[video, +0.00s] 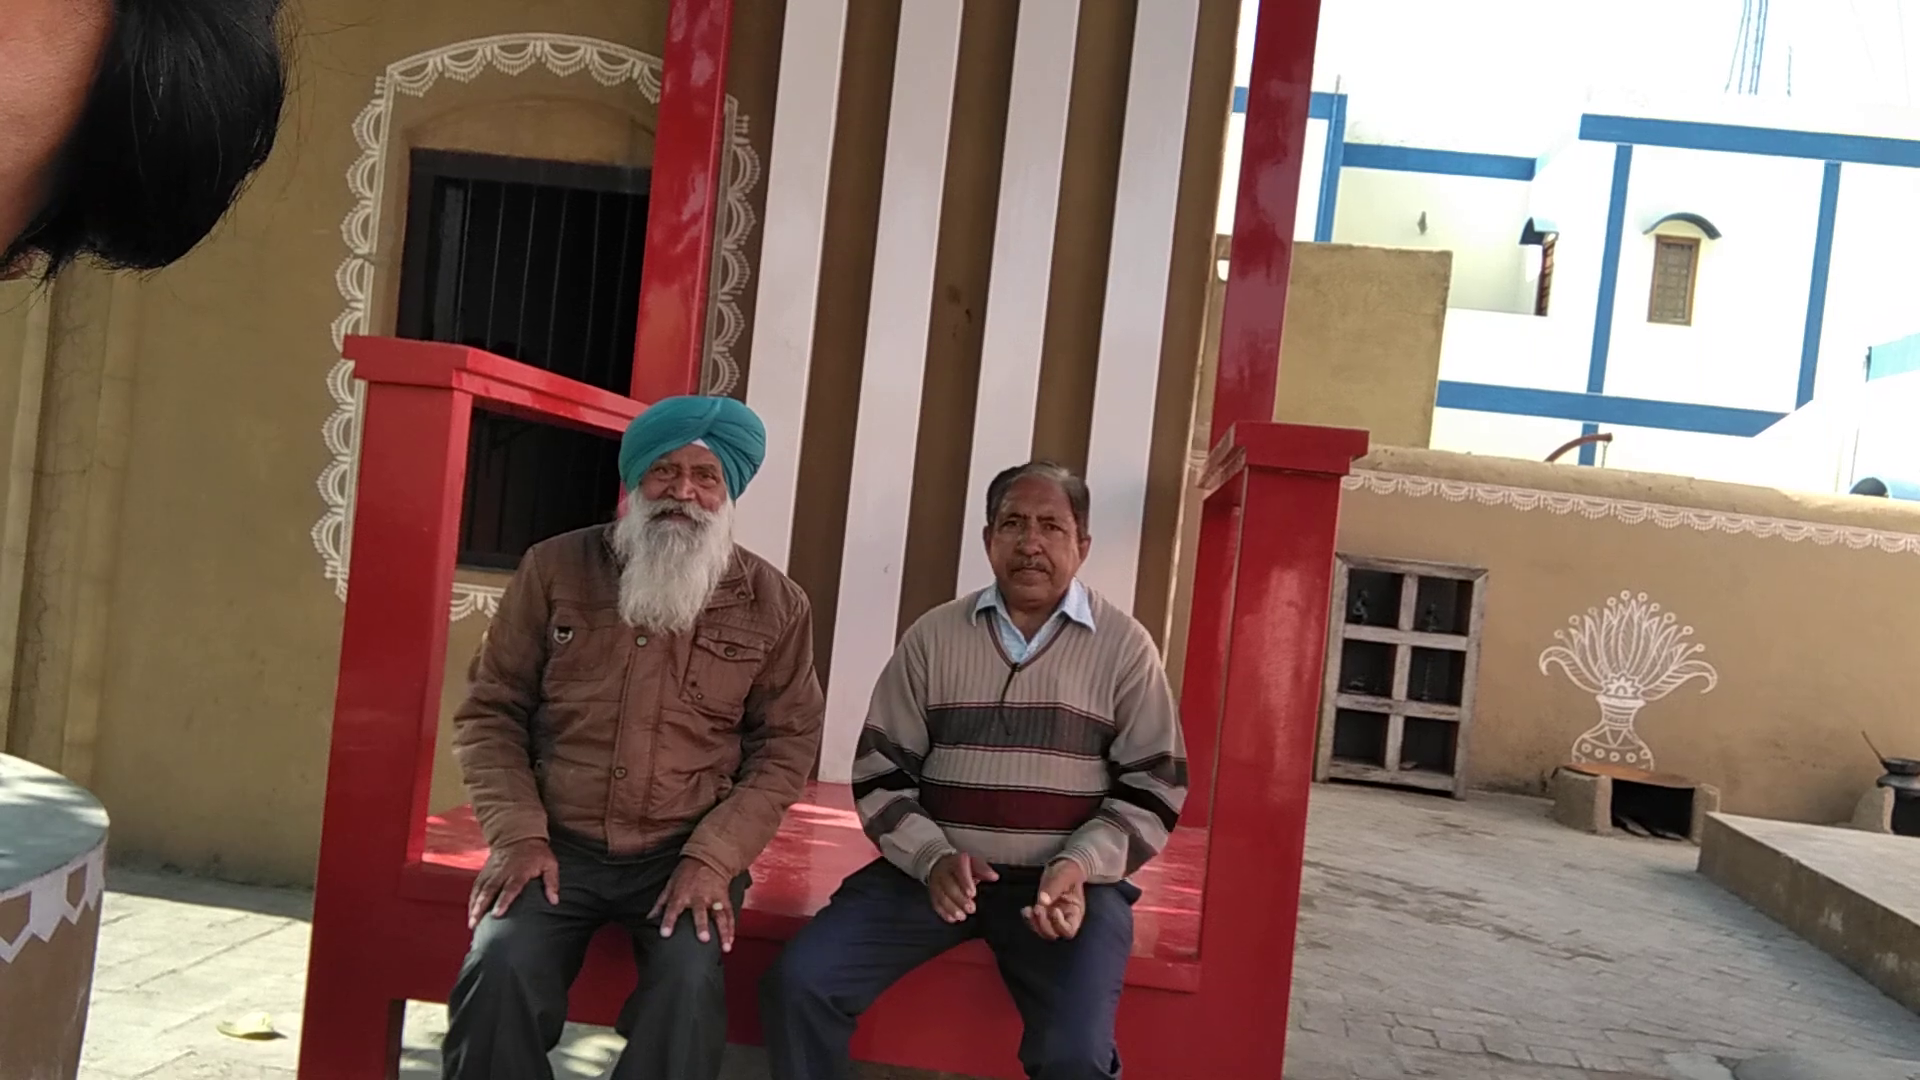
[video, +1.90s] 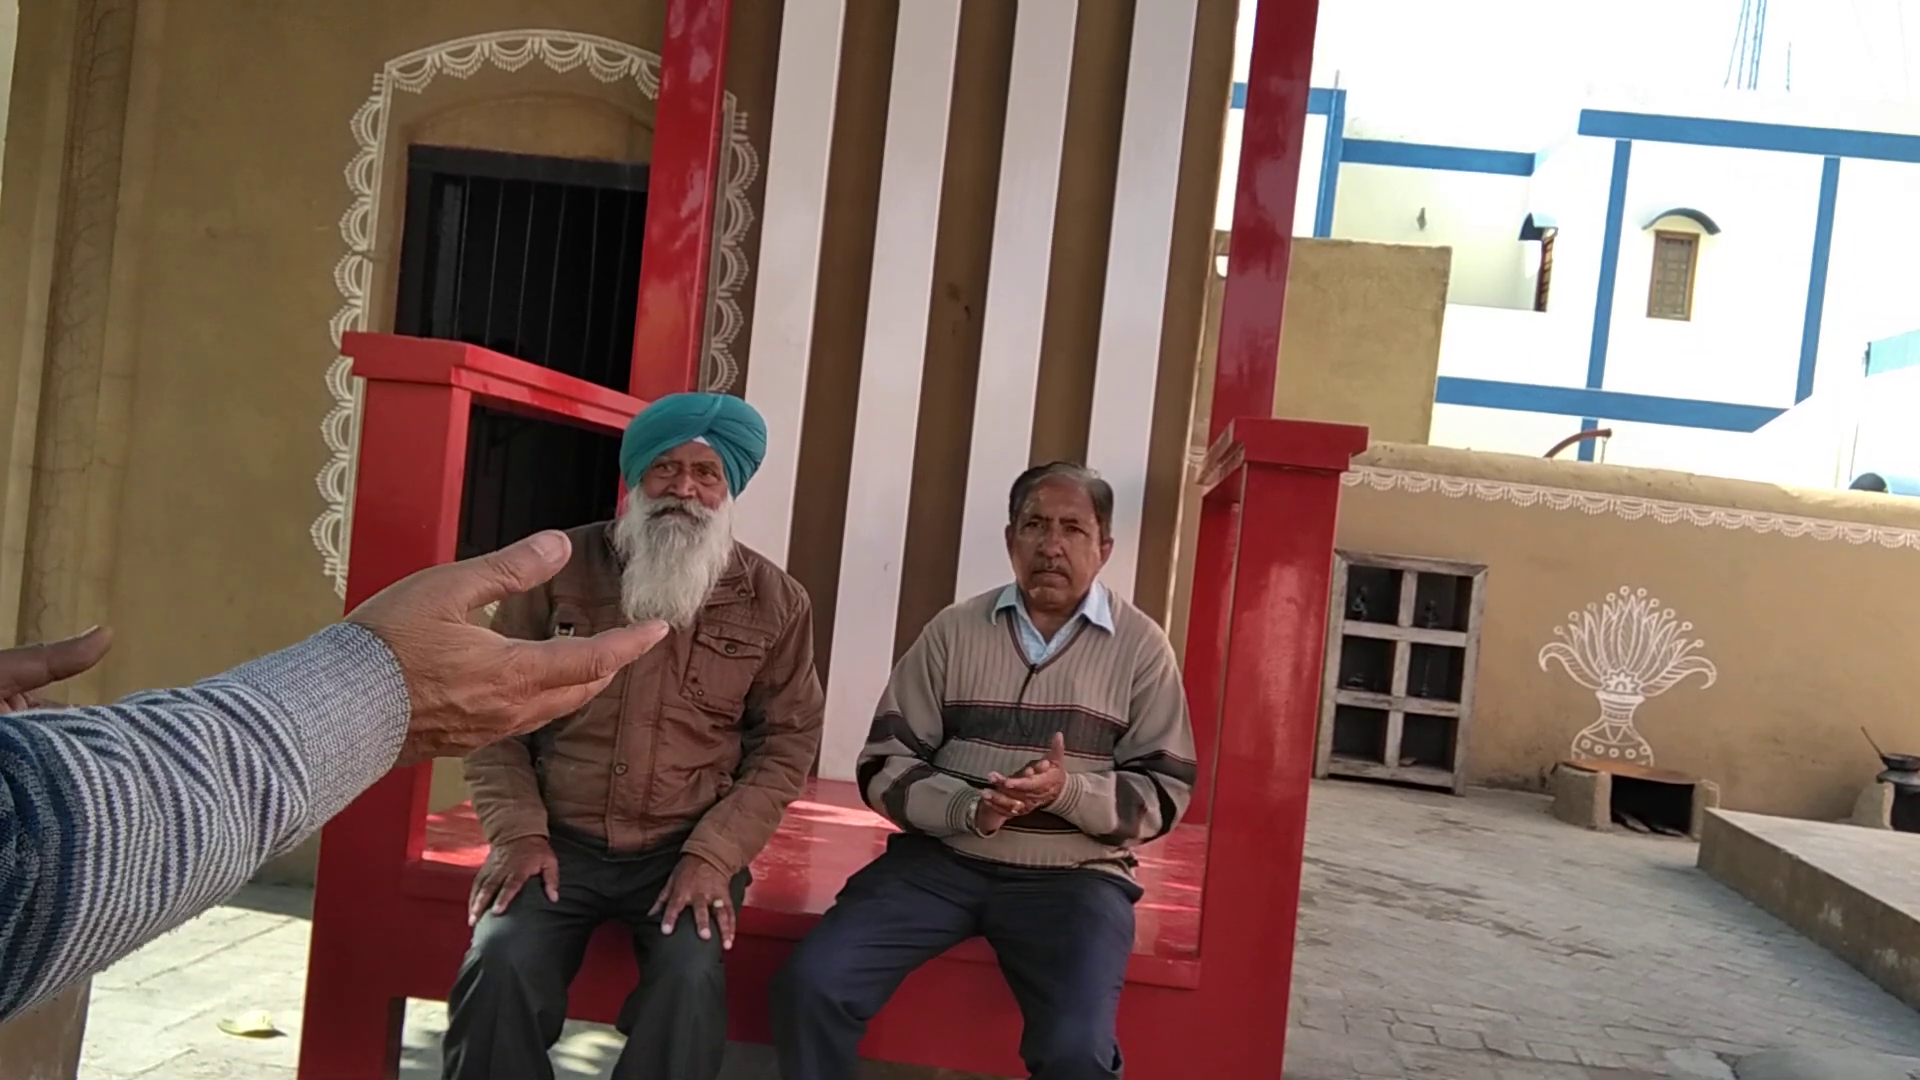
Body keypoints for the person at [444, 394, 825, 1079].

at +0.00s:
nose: (683, 490)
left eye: (706, 476)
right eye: (665, 471)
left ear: (730, 497)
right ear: (632, 486)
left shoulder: (774, 604)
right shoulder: (555, 569)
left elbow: (788, 749)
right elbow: (490, 709)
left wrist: (714, 856)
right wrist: (516, 831)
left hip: (685, 864)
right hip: (555, 853)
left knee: (690, 978)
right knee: (500, 966)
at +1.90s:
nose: (684, 487)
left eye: (707, 473)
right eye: (666, 468)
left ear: (730, 495)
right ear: (631, 484)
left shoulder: (774, 601)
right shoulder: (556, 566)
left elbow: (788, 747)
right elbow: (492, 713)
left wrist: (714, 853)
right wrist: (517, 829)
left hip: (685, 859)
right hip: (555, 847)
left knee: (691, 974)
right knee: (500, 962)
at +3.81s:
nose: (583, 509)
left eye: (608, 487)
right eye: (563, 487)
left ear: (648, 492)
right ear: (539, 493)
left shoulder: (722, 583)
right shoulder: (473, 565)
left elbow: (775, 721)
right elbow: (424, 700)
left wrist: (691, 865)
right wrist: (475, 839)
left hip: (660, 856)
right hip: (523, 848)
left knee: (655, 1011)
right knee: (473, 993)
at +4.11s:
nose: (594, 382)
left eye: (621, 364)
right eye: (574, 359)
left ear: (660, 381)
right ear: (546, 370)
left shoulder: (721, 495)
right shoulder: (473, 464)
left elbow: (745, 673)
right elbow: (427, 638)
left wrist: (683, 826)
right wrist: (443, 802)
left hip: (641, 818)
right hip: (497, 808)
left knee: (623, 1026)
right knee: (453, 1015)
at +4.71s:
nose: (651, 291)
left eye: (678, 276)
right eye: (634, 268)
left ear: (712, 301)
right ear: (596, 278)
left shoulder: (753, 436)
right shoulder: (536, 400)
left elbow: (780, 627)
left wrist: (740, 810)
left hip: (657, 768)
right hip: (514, 755)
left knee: (629, 1005)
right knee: (504, 1004)